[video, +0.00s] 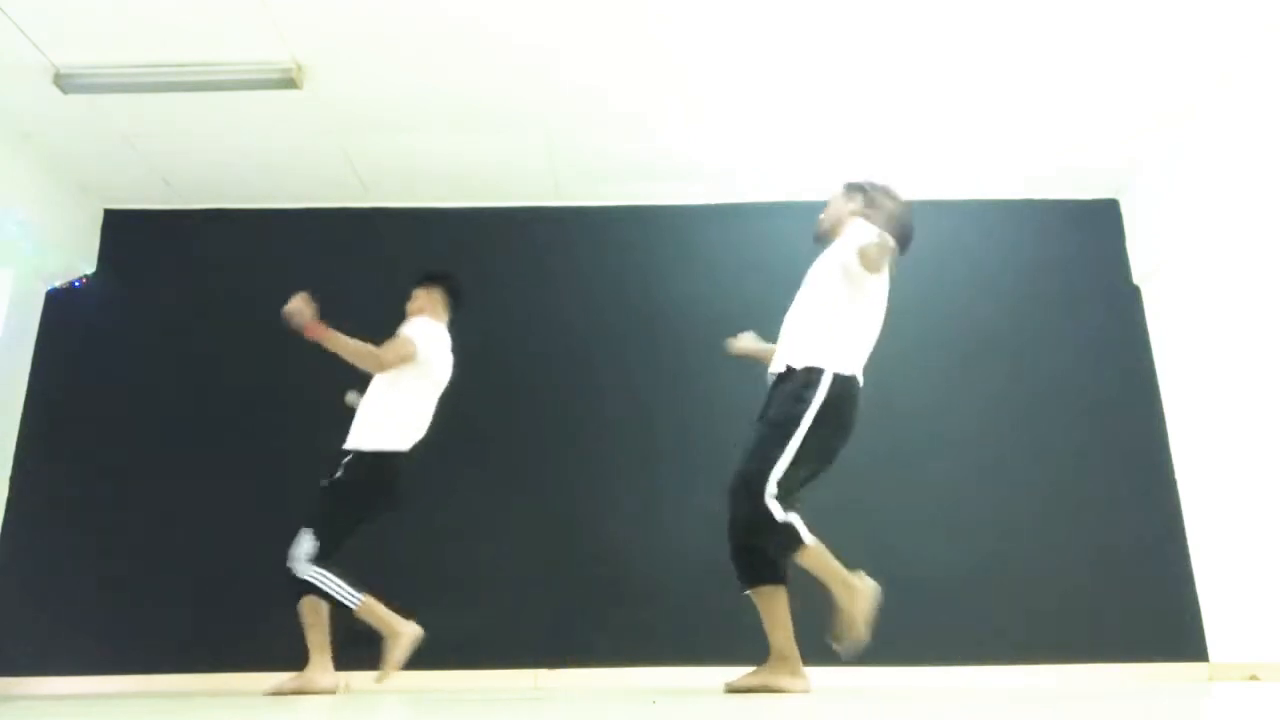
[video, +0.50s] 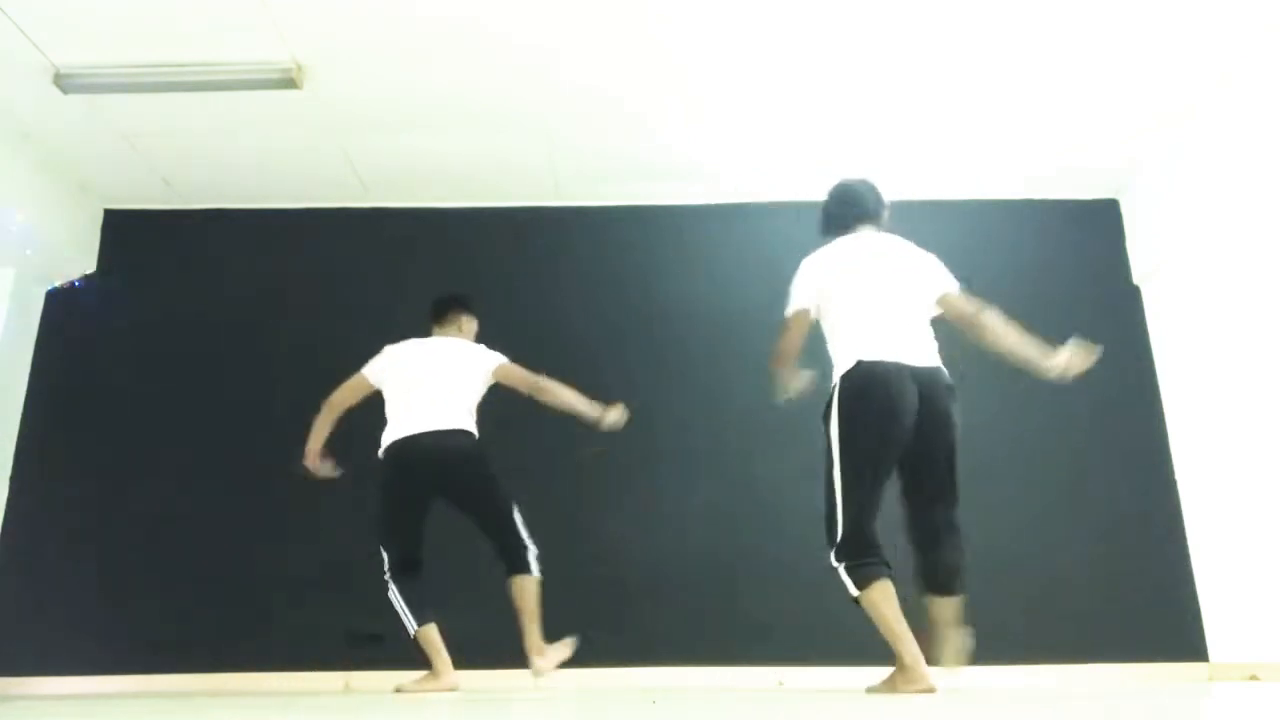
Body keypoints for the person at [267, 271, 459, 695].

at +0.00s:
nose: (410, 303)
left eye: (419, 298)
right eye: (412, 298)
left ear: (437, 305)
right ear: (437, 310)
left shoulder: (425, 330)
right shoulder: (438, 348)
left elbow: (381, 361)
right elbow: (411, 404)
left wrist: (313, 326)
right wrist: (368, 403)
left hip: (371, 462)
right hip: (371, 462)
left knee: (305, 559)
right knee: (306, 560)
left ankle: (398, 630)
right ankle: (319, 669)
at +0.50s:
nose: (475, 336)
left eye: (472, 329)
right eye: (473, 329)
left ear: (433, 324)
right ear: (462, 325)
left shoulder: (394, 354)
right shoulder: (477, 353)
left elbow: (336, 402)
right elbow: (537, 386)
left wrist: (312, 454)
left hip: (402, 461)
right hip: (459, 455)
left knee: (399, 571)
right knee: (517, 546)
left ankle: (442, 671)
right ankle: (537, 651)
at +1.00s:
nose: (531, 314)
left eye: (532, 305)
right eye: (524, 304)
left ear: (522, 310)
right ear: (497, 305)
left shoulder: (509, 354)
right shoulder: (479, 339)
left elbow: (513, 397)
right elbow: (424, 357)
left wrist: (538, 431)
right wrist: (444, 411)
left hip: (442, 461)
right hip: (458, 461)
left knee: (458, 568)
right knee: (517, 561)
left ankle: (406, 632)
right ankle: (485, 666)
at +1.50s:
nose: (464, 365)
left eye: (471, 355)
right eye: (461, 357)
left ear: (498, 352)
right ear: (464, 359)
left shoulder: (545, 387)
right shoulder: (467, 407)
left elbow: (609, 415)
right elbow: (400, 430)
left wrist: (589, 475)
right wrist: (327, 428)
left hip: (555, 497)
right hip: (507, 497)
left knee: (613, 548)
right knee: (516, 570)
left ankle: (552, 633)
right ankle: (491, 670)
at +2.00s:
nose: (613, 352)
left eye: (622, 344)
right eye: (607, 344)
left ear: (640, 346)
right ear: (598, 347)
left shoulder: (665, 384)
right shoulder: (586, 391)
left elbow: (704, 425)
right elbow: (578, 459)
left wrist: (675, 476)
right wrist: (585, 430)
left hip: (642, 495)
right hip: (595, 492)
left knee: (699, 558)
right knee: (579, 576)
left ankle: (712, 666)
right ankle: (514, 660)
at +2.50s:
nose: (687, 381)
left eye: (689, 374)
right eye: (682, 371)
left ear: (662, 372)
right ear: (656, 367)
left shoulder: (638, 397)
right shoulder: (650, 396)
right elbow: (636, 444)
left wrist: (657, 485)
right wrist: (664, 488)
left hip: (599, 497)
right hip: (589, 494)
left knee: (663, 573)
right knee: (640, 592)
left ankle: (709, 664)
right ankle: (563, 660)